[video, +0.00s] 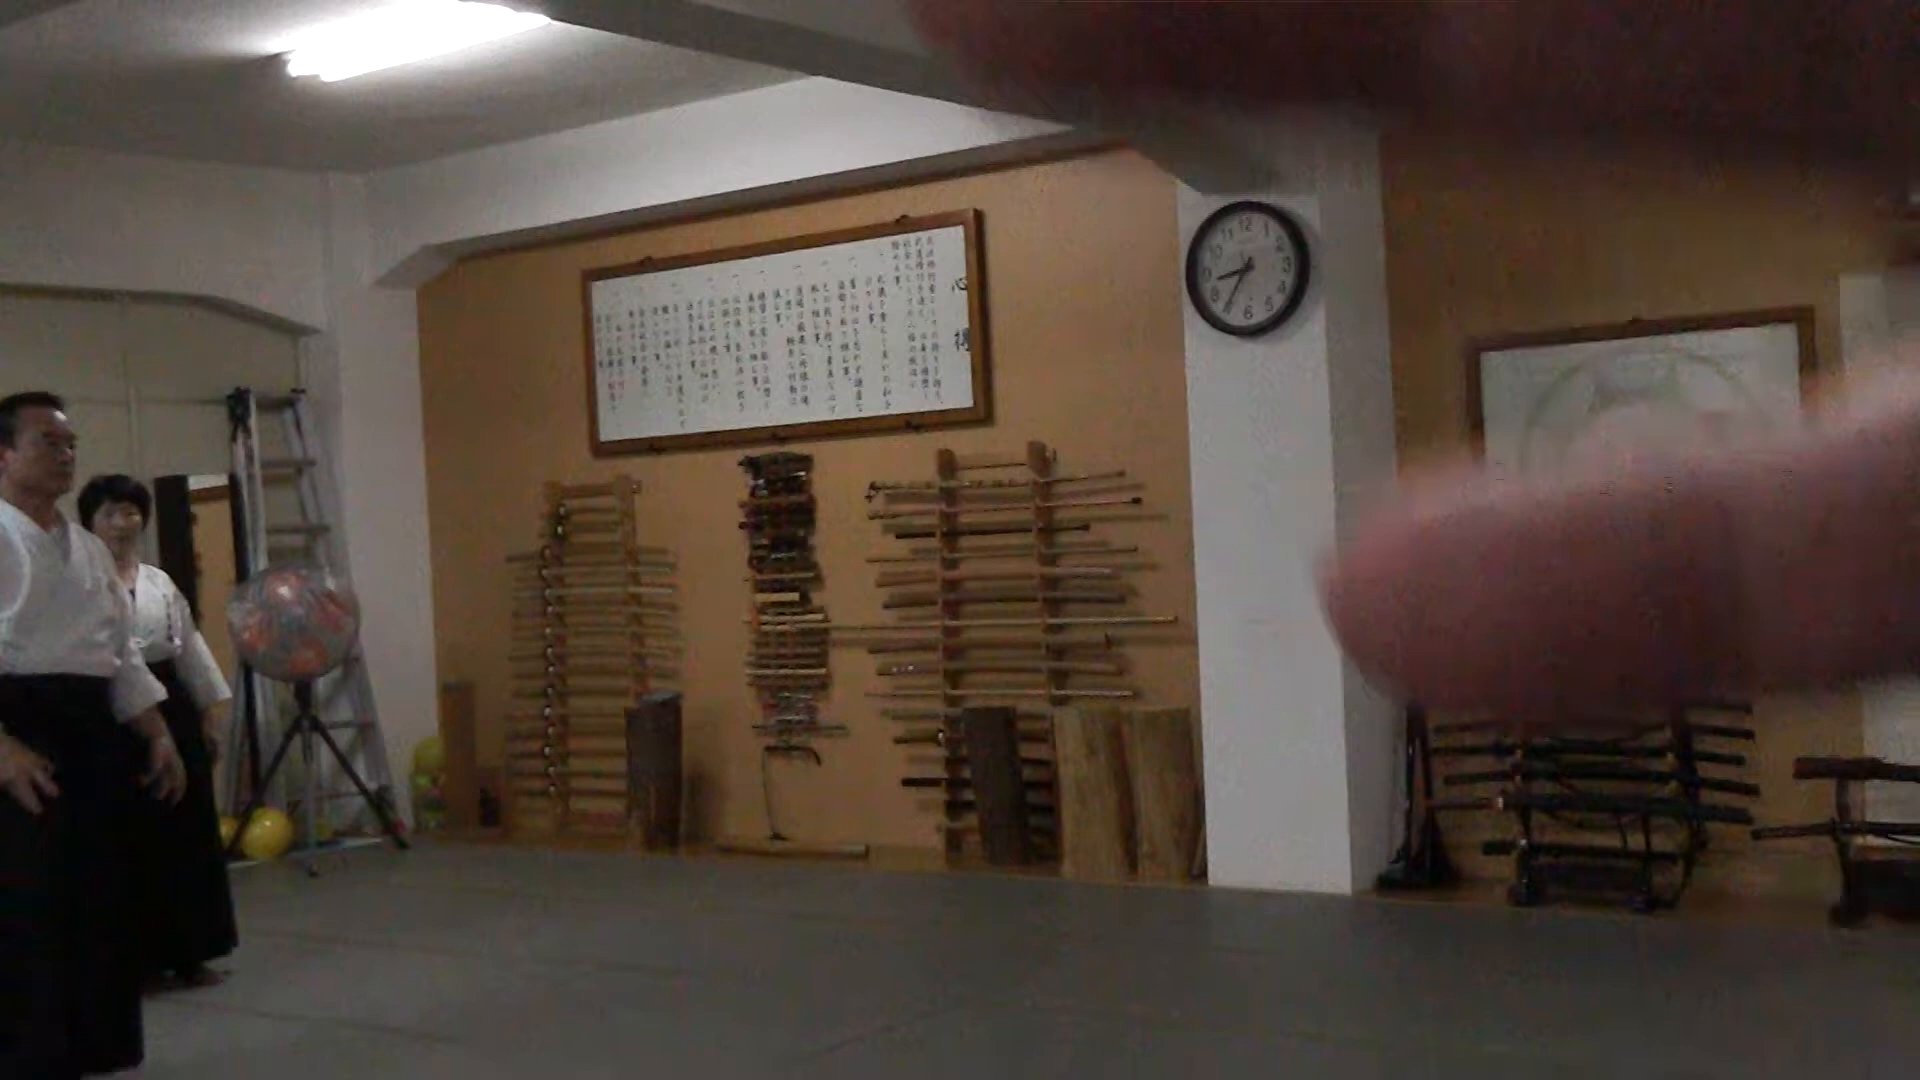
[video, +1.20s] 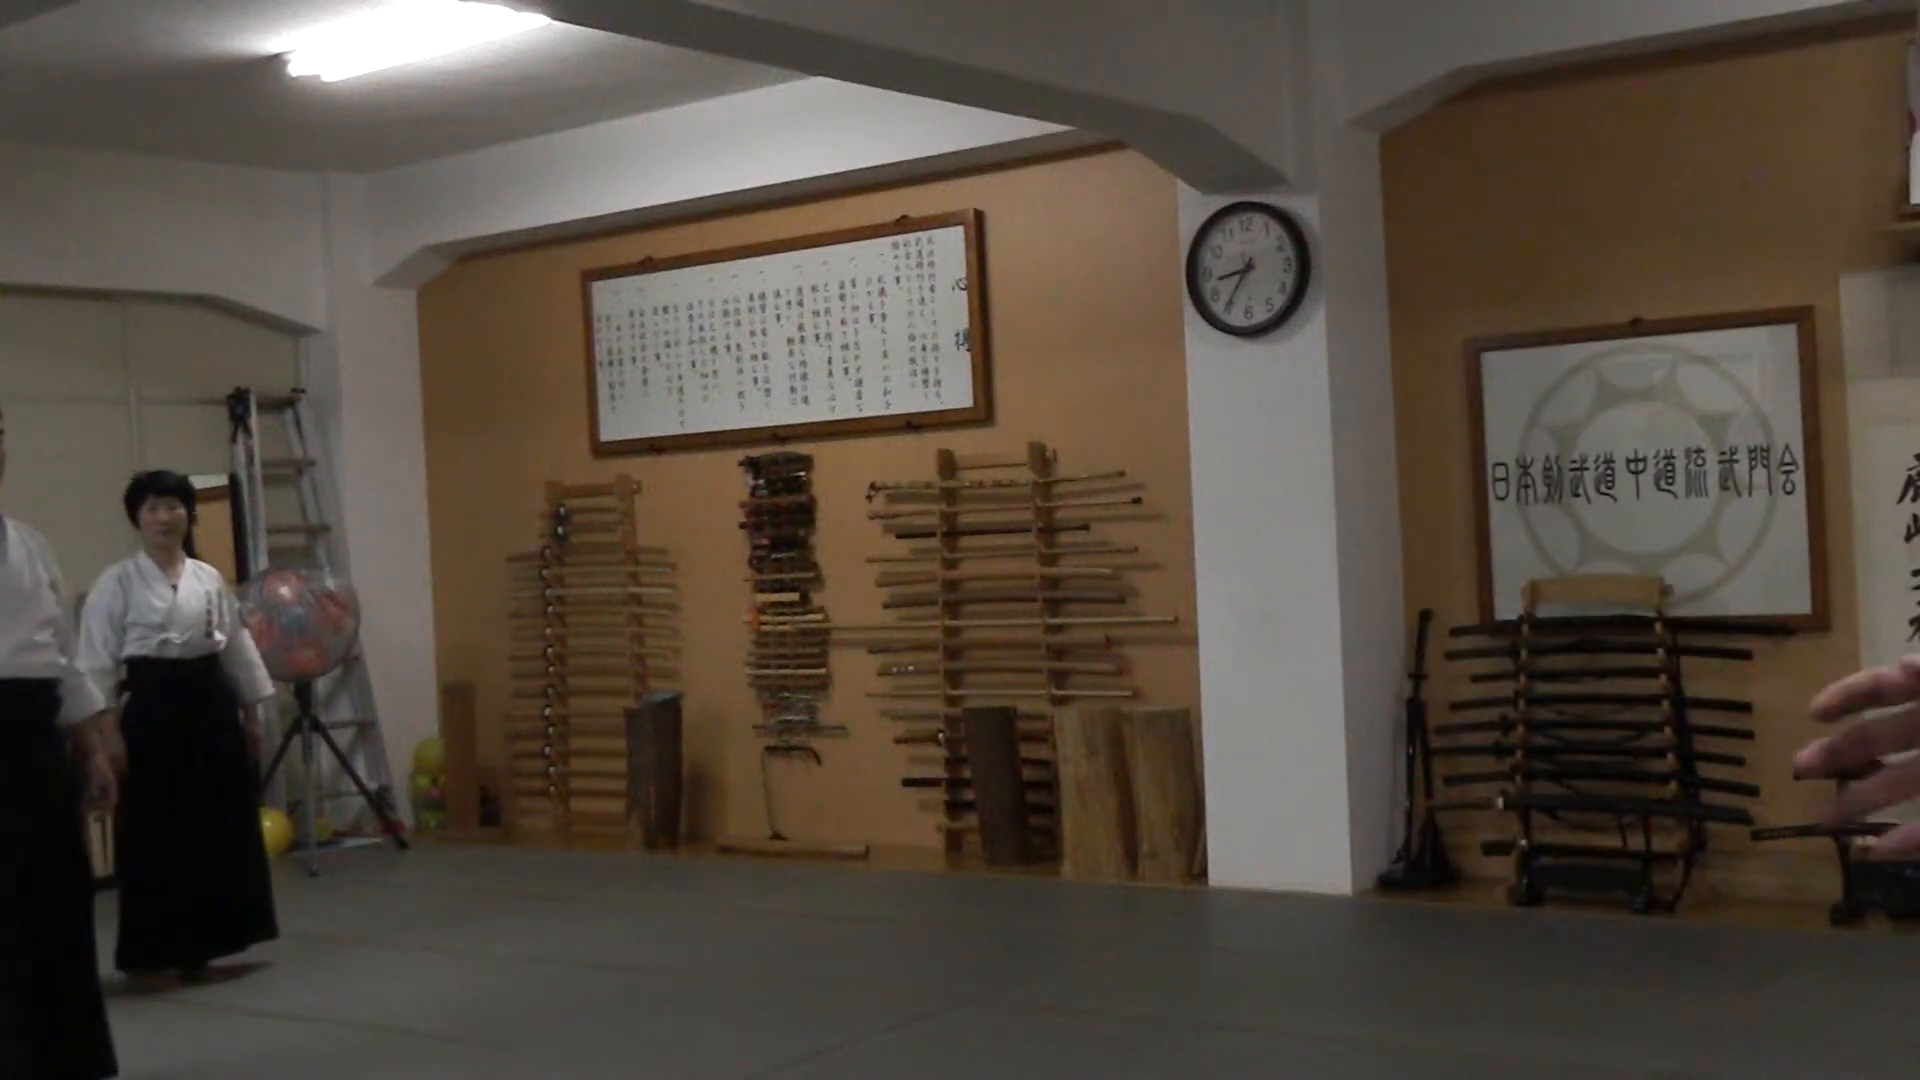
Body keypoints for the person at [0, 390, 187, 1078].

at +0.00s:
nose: (68, 454)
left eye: (71, 443)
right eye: (51, 443)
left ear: (75, 455)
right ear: (7, 454)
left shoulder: (88, 547)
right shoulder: (3, 534)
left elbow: (119, 652)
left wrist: (156, 727)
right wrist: (1, 744)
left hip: (94, 718)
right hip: (22, 718)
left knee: (102, 880)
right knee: (32, 890)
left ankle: (100, 1045)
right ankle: (34, 1052)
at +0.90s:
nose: (27, 452)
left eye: (35, 440)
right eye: (12, 439)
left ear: (45, 451)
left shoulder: (62, 548)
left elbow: (96, 659)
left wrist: (127, 749)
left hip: (67, 724)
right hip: (10, 721)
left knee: (84, 889)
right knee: (22, 897)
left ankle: (94, 1050)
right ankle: (32, 1053)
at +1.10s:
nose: (7, 450)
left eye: (10, 437)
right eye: (1, 438)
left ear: (17, 449)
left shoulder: (39, 544)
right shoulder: (27, 545)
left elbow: (66, 653)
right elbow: (63, 651)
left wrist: (107, 744)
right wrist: (104, 741)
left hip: (44, 718)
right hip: (16, 716)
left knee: (66, 888)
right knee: (33, 890)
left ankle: (81, 1051)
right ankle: (54, 1052)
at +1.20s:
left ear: (9, 460)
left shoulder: (24, 545)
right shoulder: (23, 547)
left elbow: (56, 655)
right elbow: (56, 656)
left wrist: (95, 742)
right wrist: (95, 742)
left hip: (35, 720)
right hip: (24, 717)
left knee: (55, 897)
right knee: (46, 898)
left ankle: (71, 1053)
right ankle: (66, 1053)